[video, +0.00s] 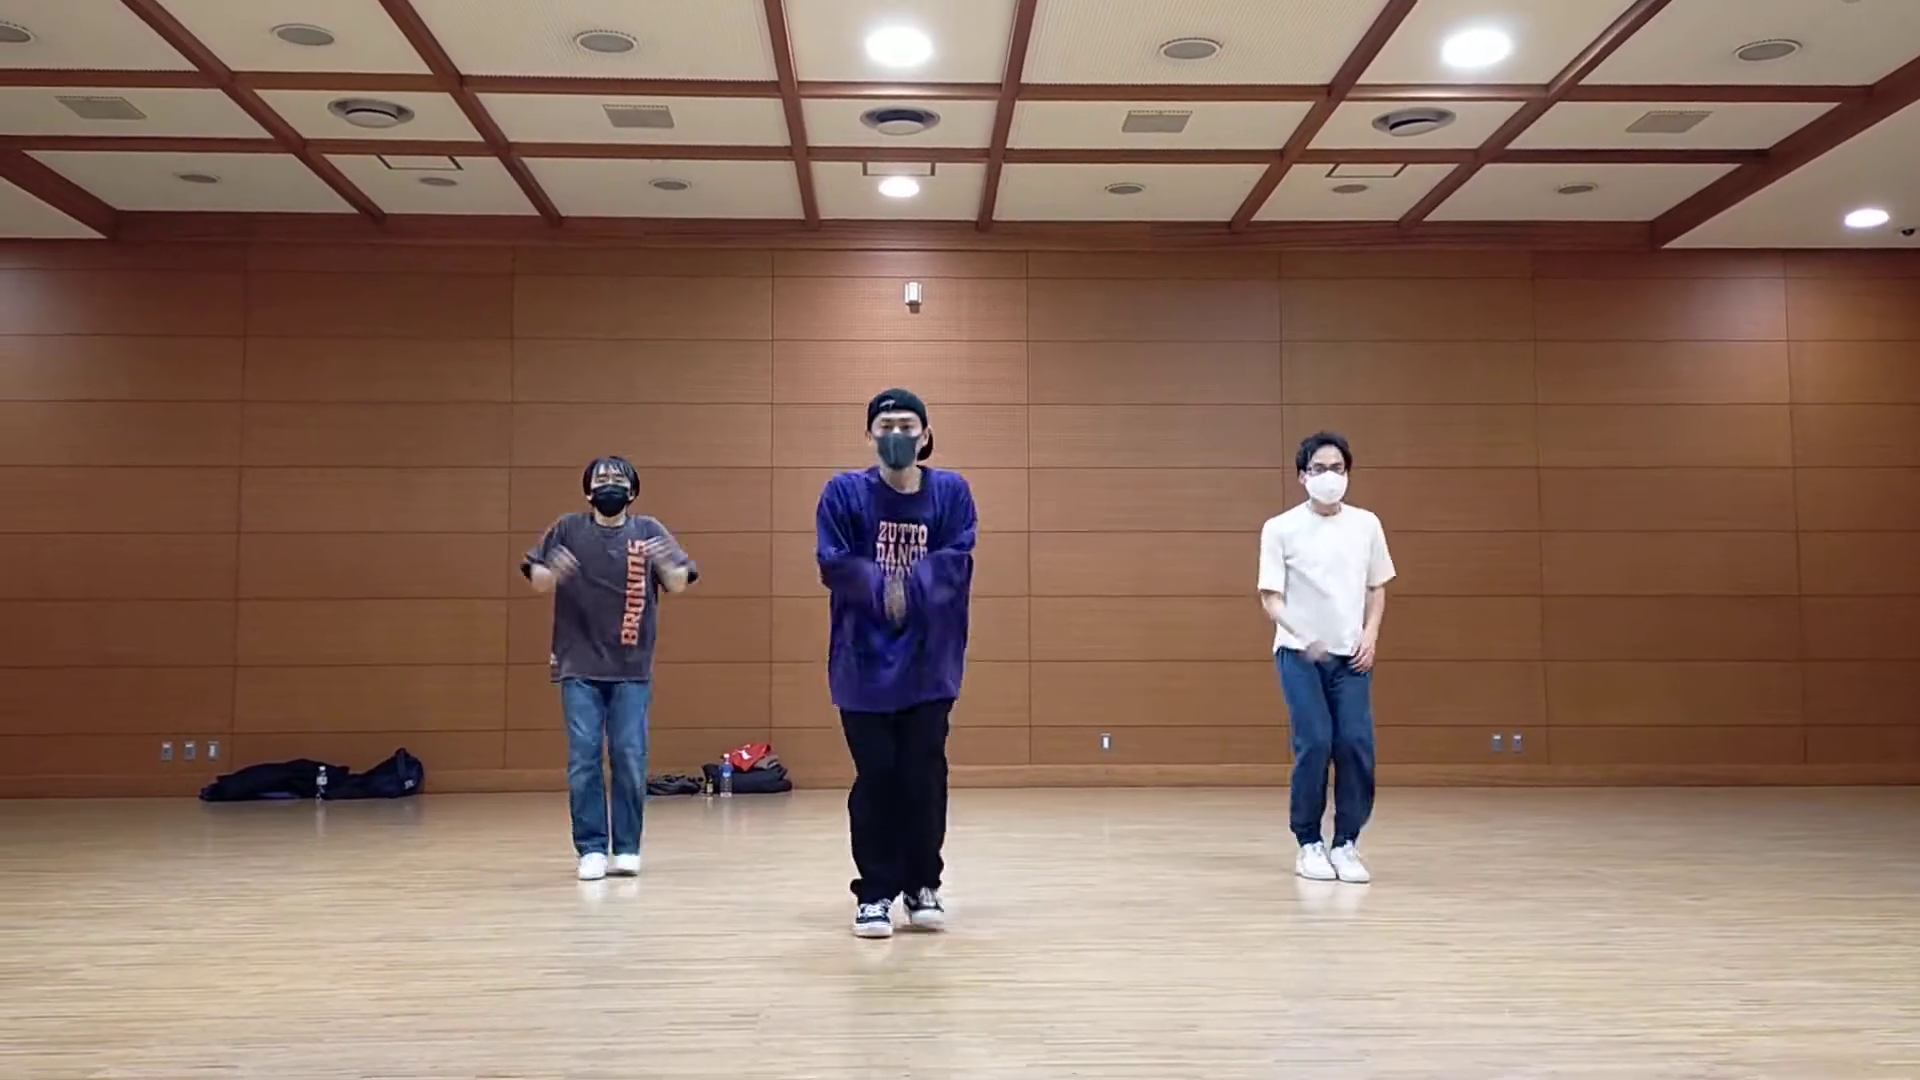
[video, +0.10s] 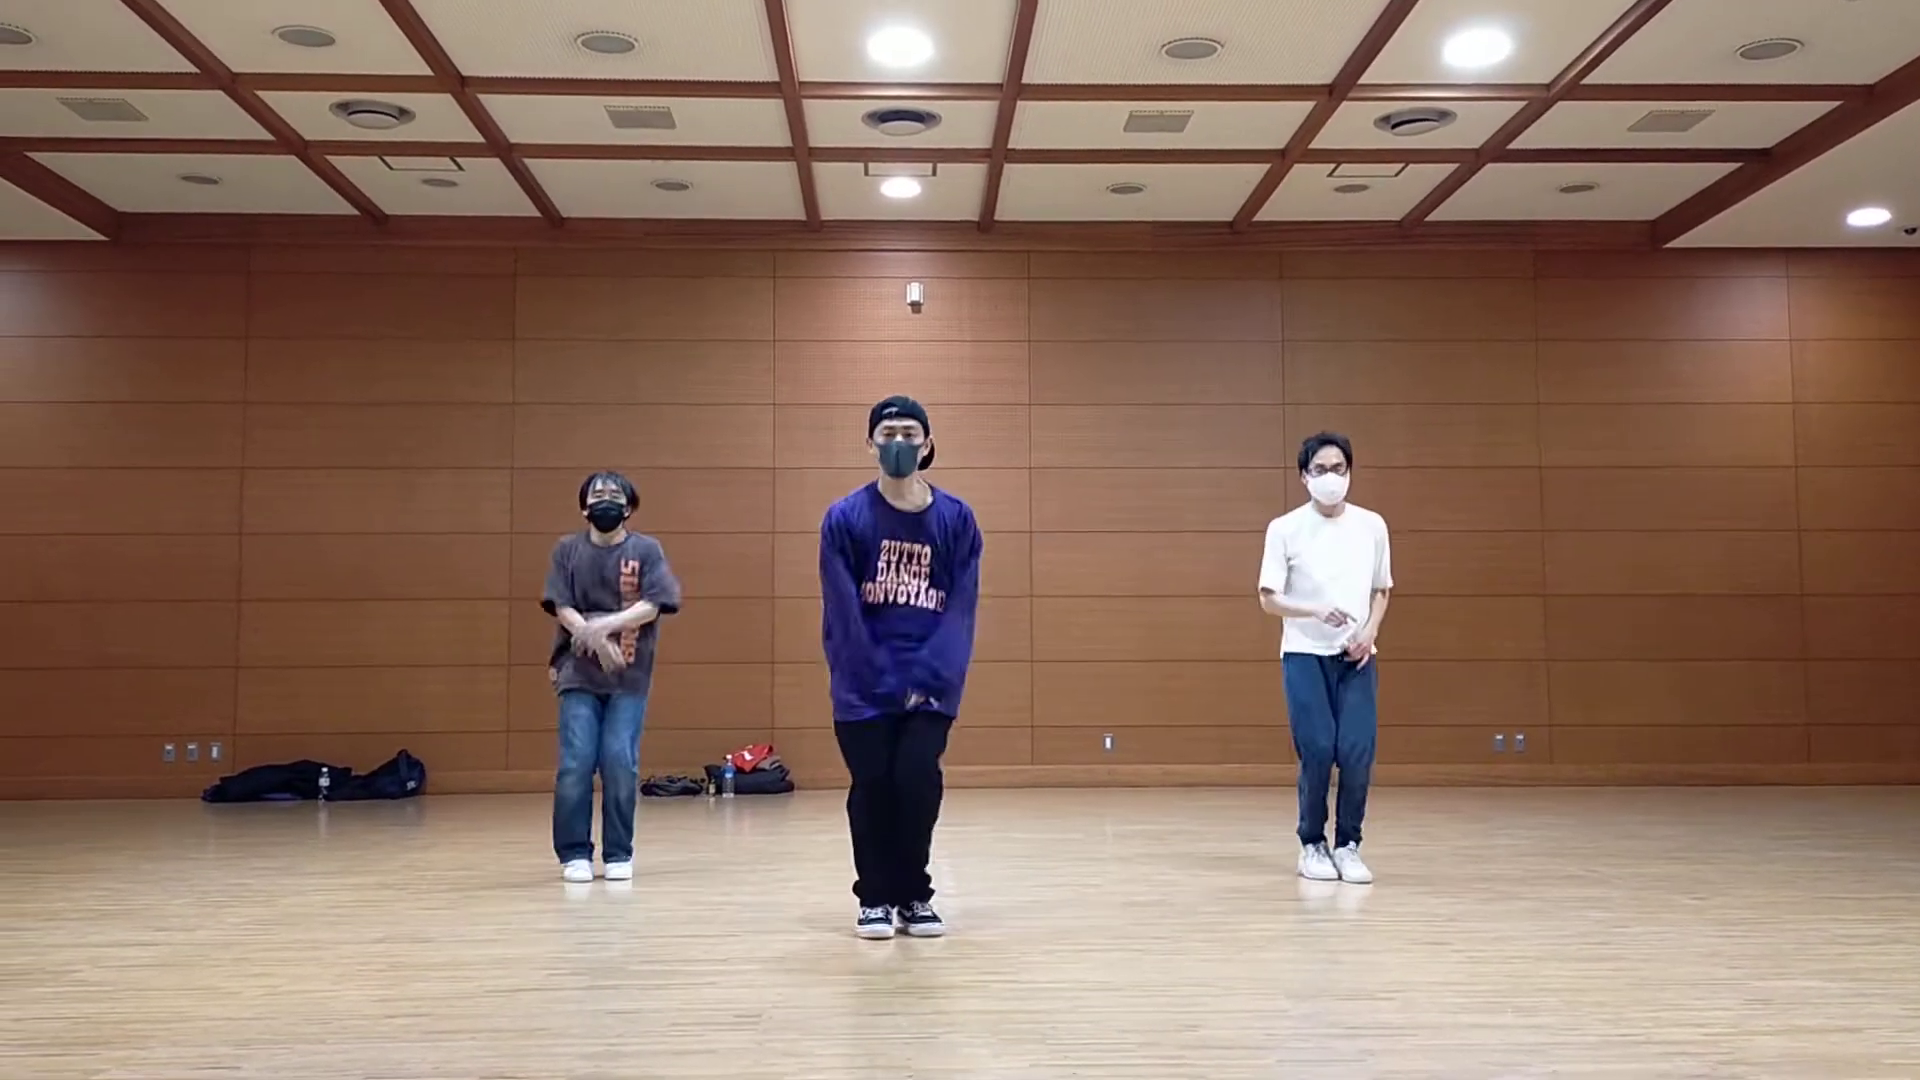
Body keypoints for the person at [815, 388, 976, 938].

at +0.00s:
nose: (896, 431)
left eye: (906, 423)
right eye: (886, 424)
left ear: (924, 435)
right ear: (871, 435)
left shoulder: (950, 491)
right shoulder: (844, 492)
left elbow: (958, 560)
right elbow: (832, 561)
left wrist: (906, 586)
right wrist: (884, 587)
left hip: (929, 663)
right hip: (863, 665)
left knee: (924, 774)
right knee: (877, 776)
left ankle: (923, 888)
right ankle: (875, 896)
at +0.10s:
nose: (898, 438)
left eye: (909, 431)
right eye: (888, 431)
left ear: (926, 446)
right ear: (872, 444)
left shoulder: (956, 518)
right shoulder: (845, 517)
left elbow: (962, 609)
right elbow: (841, 611)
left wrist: (931, 676)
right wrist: (878, 679)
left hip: (929, 683)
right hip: (861, 684)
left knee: (917, 781)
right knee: (873, 787)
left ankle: (914, 897)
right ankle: (875, 901)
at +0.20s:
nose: (902, 416)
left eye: (912, 410)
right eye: (891, 410)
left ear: (930, 428)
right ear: (875, 427)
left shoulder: (956, 500)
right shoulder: (847, 498)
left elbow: (973, 590)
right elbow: (830, 584)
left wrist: (956, 653)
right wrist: (863, 638)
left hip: (929, 674)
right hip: (864, 673)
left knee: (923, 790)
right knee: (868, 792)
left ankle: (920, 893)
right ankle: (876, 900)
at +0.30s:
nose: (904, 389)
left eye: (915, 382)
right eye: (894, 382)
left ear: (933, 401)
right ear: (877, 399)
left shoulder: (957, 471)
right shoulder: (849, 468)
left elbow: (981, 550)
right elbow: (813, 539)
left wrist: (992, 605)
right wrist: (809, 586)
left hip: (933, 647)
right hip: (862, 648)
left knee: (942, 767)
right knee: (858, 768)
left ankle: (947, 886)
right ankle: (857, 888)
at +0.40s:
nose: (906, 390)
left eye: (917, 383)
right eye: (895, 383)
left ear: (934, 403)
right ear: (878, 401)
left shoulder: (961, 474)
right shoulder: (844, 471)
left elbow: (999, 550)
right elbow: (794, 539)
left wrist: (1044, 596)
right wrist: (756, 594)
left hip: (933, 653)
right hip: (858, 654)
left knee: (968, 766)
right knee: (833, 773)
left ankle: (1003, 883)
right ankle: (804, 884)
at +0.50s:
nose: (903, 426)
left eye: (915, 420)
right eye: (893, 419)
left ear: (934, 439)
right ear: (877, 436)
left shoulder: (964, 511)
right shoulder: (845, 509)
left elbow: (1018, 580)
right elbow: (787, 580)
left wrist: (1073, 617)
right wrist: (741, 636)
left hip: (938, 687)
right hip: (857, 687)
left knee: (986, 791)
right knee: (809, 798)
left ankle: (1051, 900)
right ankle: (747, 904)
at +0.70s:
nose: (887, 463)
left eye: (899, 455)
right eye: (876, 455)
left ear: (922, 471)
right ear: (862, 471)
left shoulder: (950, 548)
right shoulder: (834, 544)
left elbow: (1012, 599)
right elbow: (778, 609)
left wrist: (1086, 582)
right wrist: (707, 617)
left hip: (929, 723)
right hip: (848, 724)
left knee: (978, 821)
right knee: (799, 823)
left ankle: (1048, 908)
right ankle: (747, 915)